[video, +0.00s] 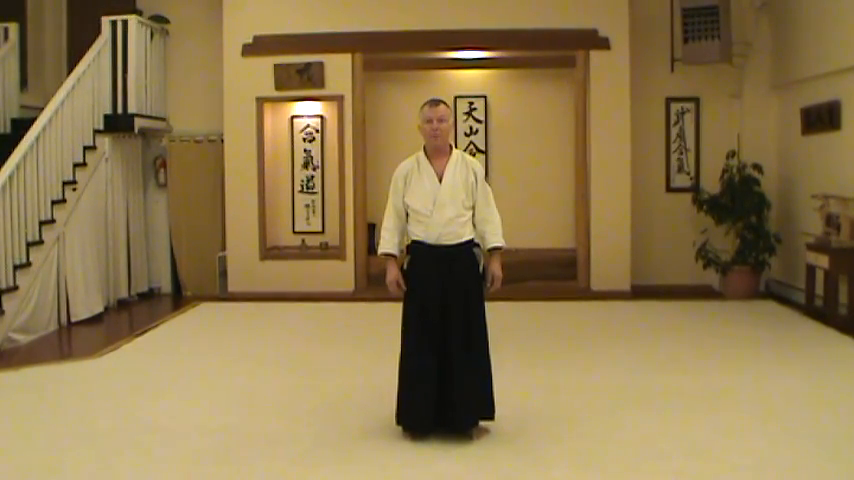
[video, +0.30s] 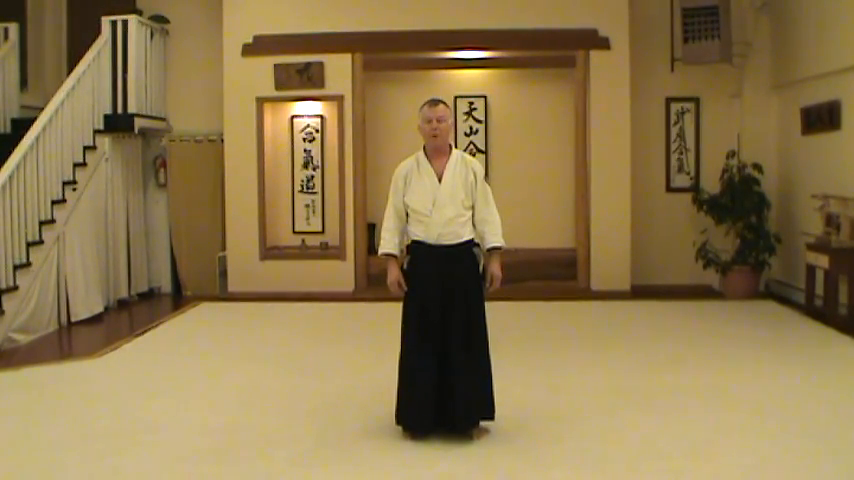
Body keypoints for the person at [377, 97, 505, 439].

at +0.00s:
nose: (435, 127)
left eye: (441, 121)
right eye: (428, 121)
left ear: (452, 125)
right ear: (419, 127)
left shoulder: (470, 167)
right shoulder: (406, 170)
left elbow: (486, 212)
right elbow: (393, 217)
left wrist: (494, 256)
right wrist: (391, 261)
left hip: (462, 260)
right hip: (422, 260)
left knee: (463, 336)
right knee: (422, 337)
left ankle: (464, 416)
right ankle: (420, 418)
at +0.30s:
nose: (435, 126)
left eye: (441, 120)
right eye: (428, 121)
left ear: (452, 125)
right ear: (419, 127)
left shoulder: (470, 166)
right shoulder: (406, 170)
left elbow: (485, 211)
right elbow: (393, 216)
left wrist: (493, 256)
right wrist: (391, 262)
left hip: (462, 260)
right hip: (422, 260)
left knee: (464, 336)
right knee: (422, 337)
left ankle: (466, 416)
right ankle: (420, 417)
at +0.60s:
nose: (435, 126)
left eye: (441, 120)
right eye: (428, 121)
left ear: (452, 125)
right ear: (419, 127)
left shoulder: (469, 167)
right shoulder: (405, 170)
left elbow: (485, 212)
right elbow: (393, 217)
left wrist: (492, 256)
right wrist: (391, 262)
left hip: (461, 260)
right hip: (422, 260)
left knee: (462, 335)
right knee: (422, 336)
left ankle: (463, 416)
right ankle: (420, 417)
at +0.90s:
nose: (433, 126)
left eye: (440, 120)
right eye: (427, 121)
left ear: (451, 125)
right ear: (418, 128)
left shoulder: (469, 167)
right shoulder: (405, 171)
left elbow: (484, 212)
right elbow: (393, 217)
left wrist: (491, 256)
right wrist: (390, 261)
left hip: (461, 260)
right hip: (422, 260)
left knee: (462, 336)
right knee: (422, 337)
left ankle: (463, 417)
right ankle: (420, 418)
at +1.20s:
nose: (434, 120)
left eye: (441, 115)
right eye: (428, 116)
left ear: (452, 125)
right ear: (419, 126)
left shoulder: (470, 167)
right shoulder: (404, 170)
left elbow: (485, 212)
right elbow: (392, 217)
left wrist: (492, 257)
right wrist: (388, 261)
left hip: (461, 260)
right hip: (421, 260)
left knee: (463, 336)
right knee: (422, 337)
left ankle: (465, 417)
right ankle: (421, 418)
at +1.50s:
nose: (436, 122)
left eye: (442, 117)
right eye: (429, 117)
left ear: (453, 124)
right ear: (420, 125)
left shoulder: (470, 167)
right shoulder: (405, 170)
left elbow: (485, 213)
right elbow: (392, 217)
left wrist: (493, 258)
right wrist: (389, 261)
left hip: (461, 260)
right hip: (422, 260)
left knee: (463, 337)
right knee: (422, 337)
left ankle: (464, 417)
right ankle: (420, 418)